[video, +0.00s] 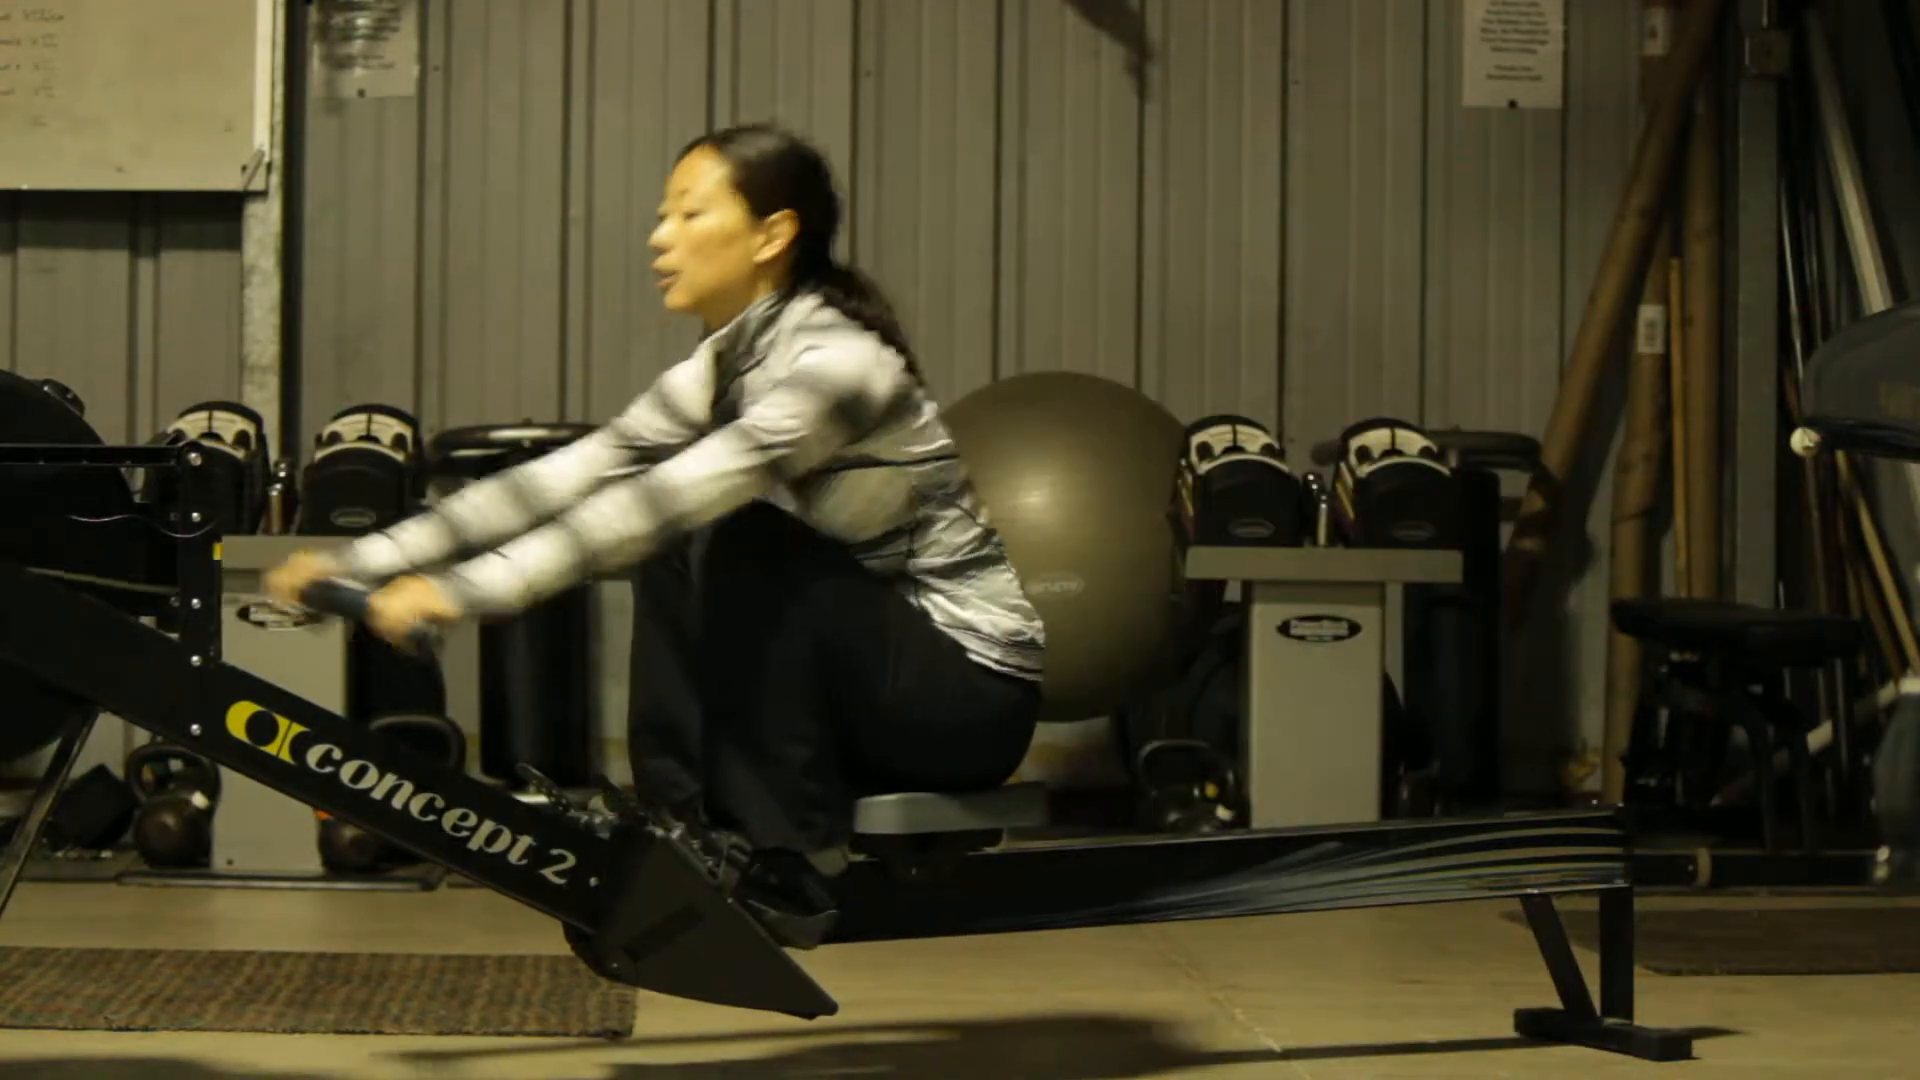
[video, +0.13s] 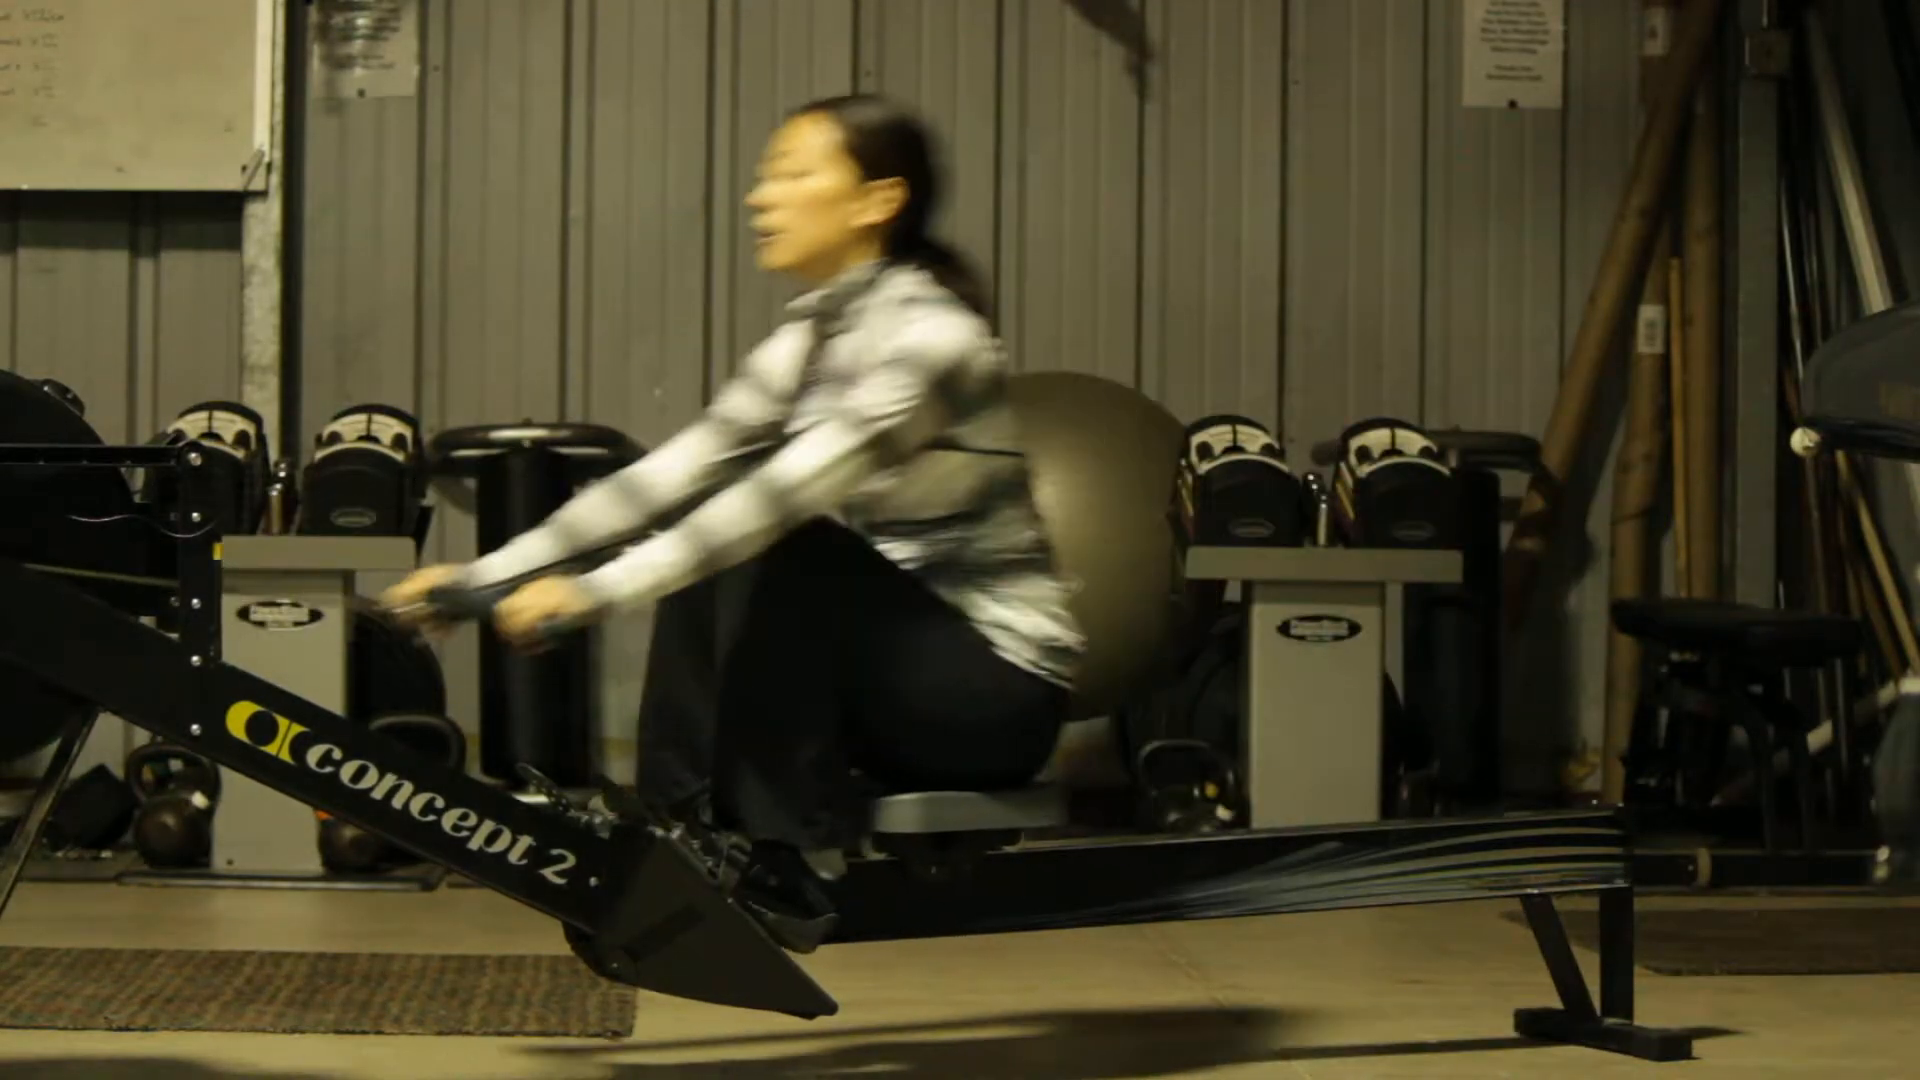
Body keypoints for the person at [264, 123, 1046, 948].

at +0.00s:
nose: (658, 240)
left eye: (688, 213)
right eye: (665, 215)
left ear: (773, 236)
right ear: (748, 242)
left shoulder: (833, 361)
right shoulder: (720, 364)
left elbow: (660, 506)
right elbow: (573, 474)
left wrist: (465, 589)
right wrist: (361, 559)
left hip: (968, 689)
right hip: (875, 676)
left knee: (750, 542)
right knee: (670, 545)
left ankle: (789, 866)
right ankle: (685, 828)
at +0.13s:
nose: (757, 196)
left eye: (789, 172)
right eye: (764, 175)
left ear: (880, 200)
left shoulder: (927, 334)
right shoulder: (811, 332)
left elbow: (779, 498)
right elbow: (675, 471)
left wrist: (595, 590)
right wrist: (484, 575)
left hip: (996, 699)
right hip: (901, 687)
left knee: (798, 548)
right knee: (720, 550)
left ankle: (789, 859)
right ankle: (682, 835)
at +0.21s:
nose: (854, 186)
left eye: (887, 162)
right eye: (861, 162)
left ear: (978, 191)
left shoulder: (1020, 322)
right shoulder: (900, 324)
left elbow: (866, 474)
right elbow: (760, 456)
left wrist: (682, 554)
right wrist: (568, 539)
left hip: (1045, 698)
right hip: (957, 685)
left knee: (838, 562)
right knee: (749, 557)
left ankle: (775, 860)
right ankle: (677, 823)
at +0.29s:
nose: (968, 187)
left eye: (1000, 165)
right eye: (973, 164)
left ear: (1088, 189)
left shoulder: (1116, 321)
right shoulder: (1003, 322)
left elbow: (954, 445)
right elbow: (850, 425)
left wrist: (766, 509)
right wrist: (644, 494)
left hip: (1112, 697)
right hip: (1035, 684)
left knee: (879, 558)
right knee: (806, 550)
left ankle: (781, 856)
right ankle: (692, 826)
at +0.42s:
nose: (1124, 187)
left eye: (1154, 164)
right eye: (1126, 165)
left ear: (1239, 187)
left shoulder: (1250, 322)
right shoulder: (1131, 323)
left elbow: (1081, 411)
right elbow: (970, 395)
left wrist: (894, 459)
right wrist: (763, 448)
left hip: (1195, 696)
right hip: (1117, 684)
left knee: (937, 577)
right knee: (873, 570)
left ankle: (801, 860)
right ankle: (711, 821)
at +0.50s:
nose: (1209, 189)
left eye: (1239, 168)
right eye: (1213, 169)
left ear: (1324, 191)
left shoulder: (1327, 322)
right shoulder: (1217, 319)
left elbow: (1161, 405)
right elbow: (1057, 388)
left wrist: (980, 450)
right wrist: (849, 438)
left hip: (1250, 685)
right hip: (1171, 664)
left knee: (967, 602)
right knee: (904, 596)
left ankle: (815, 868)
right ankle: (734, 830)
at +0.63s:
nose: (1322, 216)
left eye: (1349, 193)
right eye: (1322, 195)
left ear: (1433, 212)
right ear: (1320, 212)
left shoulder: (1437, 337)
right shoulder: (1313, 335)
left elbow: (1306, 428)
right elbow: (1180, 401)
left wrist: (1114, 446)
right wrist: (975, 443)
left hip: (1320, 680)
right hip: (1232, 660)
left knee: (1030, 647)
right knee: (961, 634)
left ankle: (818, 877)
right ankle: (759, 836)